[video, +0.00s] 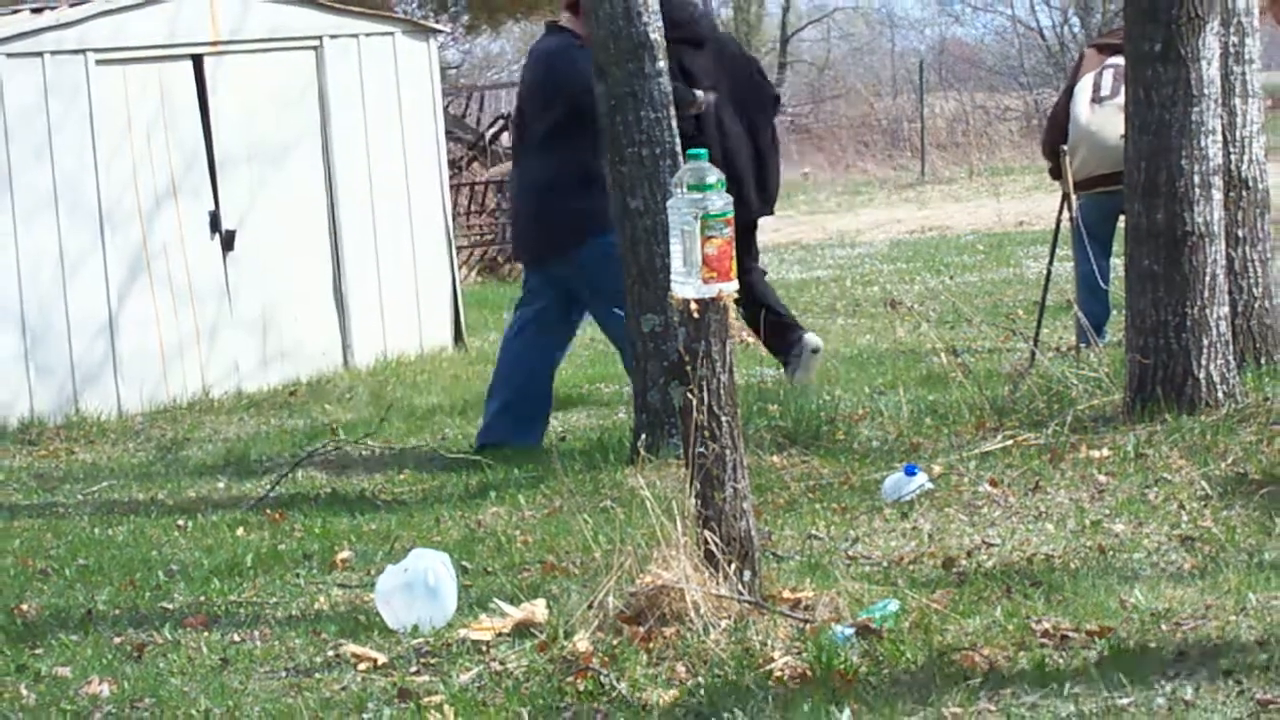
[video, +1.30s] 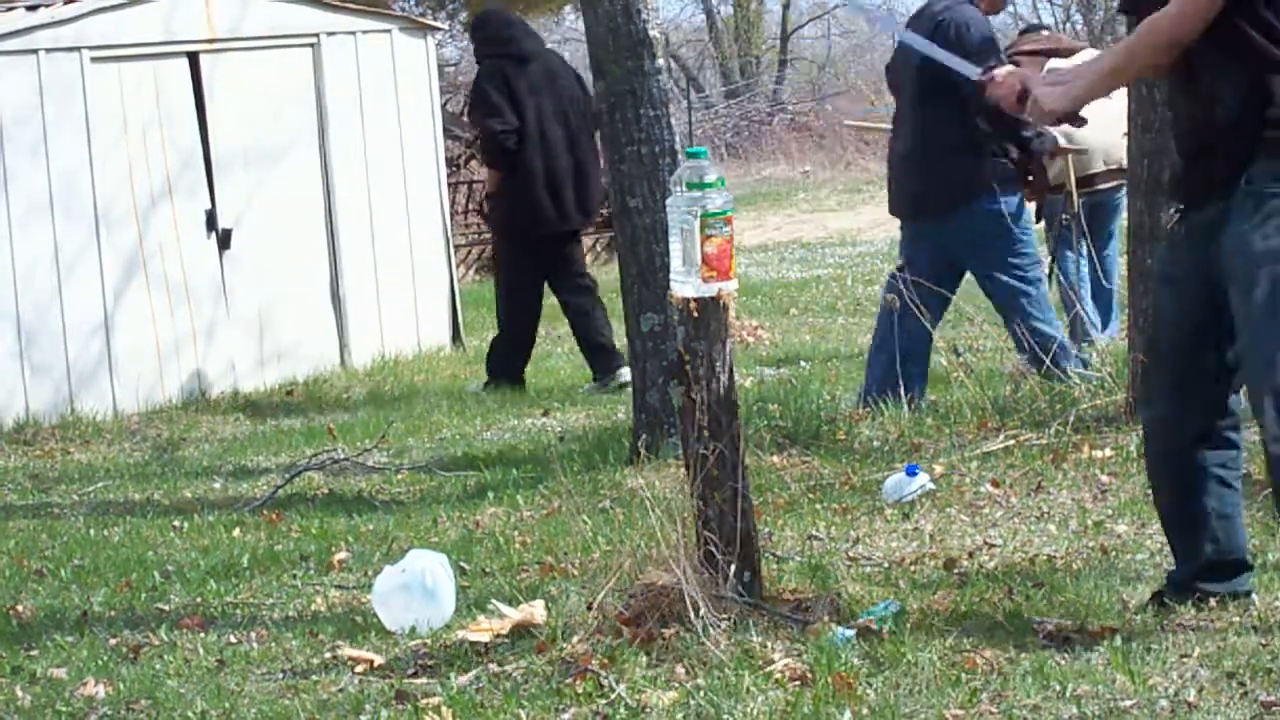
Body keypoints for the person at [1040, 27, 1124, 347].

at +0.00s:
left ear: (1115, 26)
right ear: (1148, 24)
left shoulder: (1091, 56)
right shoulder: (1163, 51)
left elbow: (1060, 117)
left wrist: (1058, 163)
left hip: (1095, 173)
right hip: (1150, 174)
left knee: (1091, 254)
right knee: (1154, 256)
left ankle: (1090, 341)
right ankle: (1157, 340)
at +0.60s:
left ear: (1059, 33)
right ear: (1097, 30)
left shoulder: (1044, 61)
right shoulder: (1122, 53)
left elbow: (1030, 126)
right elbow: (1149, 106)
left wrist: (1043, 177)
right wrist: (1147, 157)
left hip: (1080, 178)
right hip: (1133, 170)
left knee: (1083, 259)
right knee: (1150, 254)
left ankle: (1089, 339)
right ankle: (1162, 334)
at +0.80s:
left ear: (1037, 35)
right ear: (1073, 30)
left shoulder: (1026, 62)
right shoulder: (1108, 51)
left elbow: (1018, 129)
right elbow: (1140, 101)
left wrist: (1036, 183)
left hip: (1072, 177)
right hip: (1126, 166)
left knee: (1079, 264)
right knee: (1148, 250)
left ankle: (1088, 342)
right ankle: (1169, 328)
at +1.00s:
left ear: (1021, 38)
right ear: (1058, 30)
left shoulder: (1016, 65)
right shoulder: (1093, 50)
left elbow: (1014, 132)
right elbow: (1130, 96)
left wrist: (1025, 181)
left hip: (1064, 177)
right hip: (1120, 163)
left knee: (1075, 255)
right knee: (1122, 216)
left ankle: (1087, 341)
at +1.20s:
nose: (1017, 13)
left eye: (1018, 8)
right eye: (1020, 6)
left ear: (1025, 15)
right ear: (1054, 11)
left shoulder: (1016, 58)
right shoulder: (1096, 37)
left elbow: (1010, 126)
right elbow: (1125, 95)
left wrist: (1024, 180)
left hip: (1059, 171)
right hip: (1114, 159)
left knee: (1072, 251)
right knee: (1110, 236)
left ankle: (1086, 333)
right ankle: (1114, 315)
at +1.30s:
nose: (1017, 75)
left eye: (1018, 66)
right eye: (1015, 67)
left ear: (1028, 57)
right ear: (1056, 44)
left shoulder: (1026, 79)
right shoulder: (1099, 60)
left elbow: (1024, 133)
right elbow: (1126, 117)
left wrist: (1032, 179)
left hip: (1064, 170)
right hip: (1115, 162)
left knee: (1068, 249)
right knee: (1105, 245)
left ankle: (1085, 331)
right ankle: (1107, 325)